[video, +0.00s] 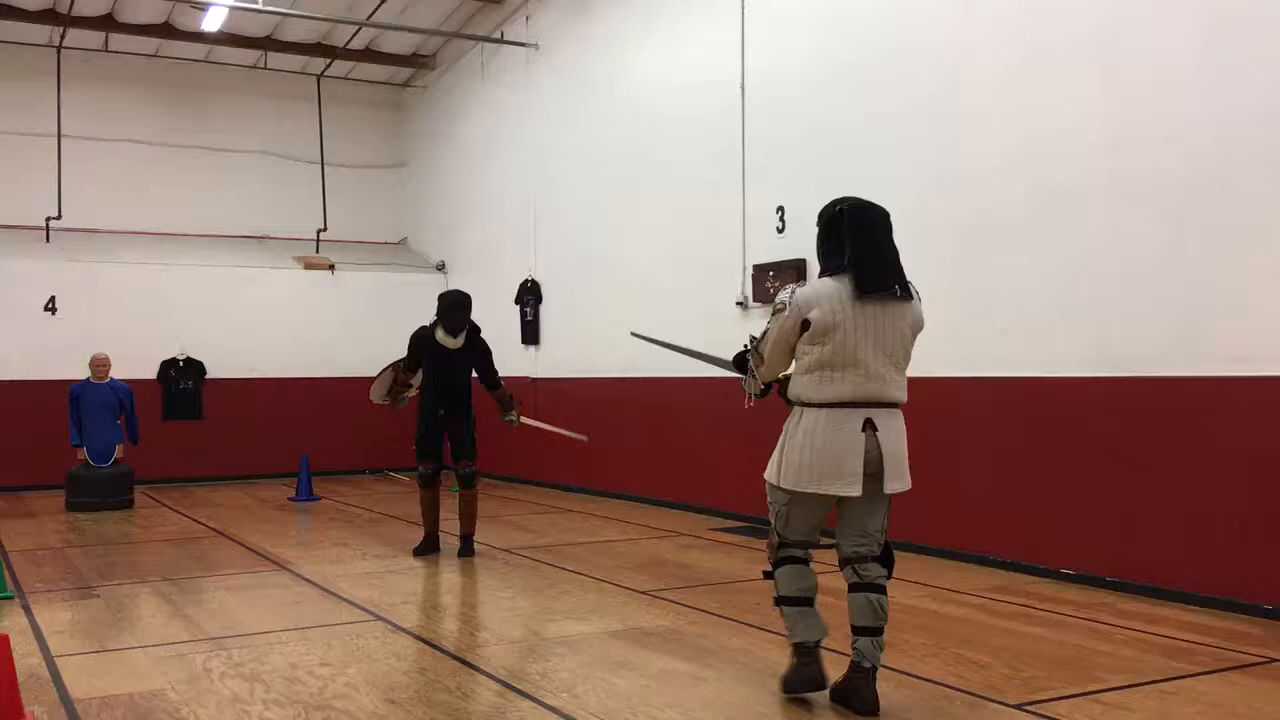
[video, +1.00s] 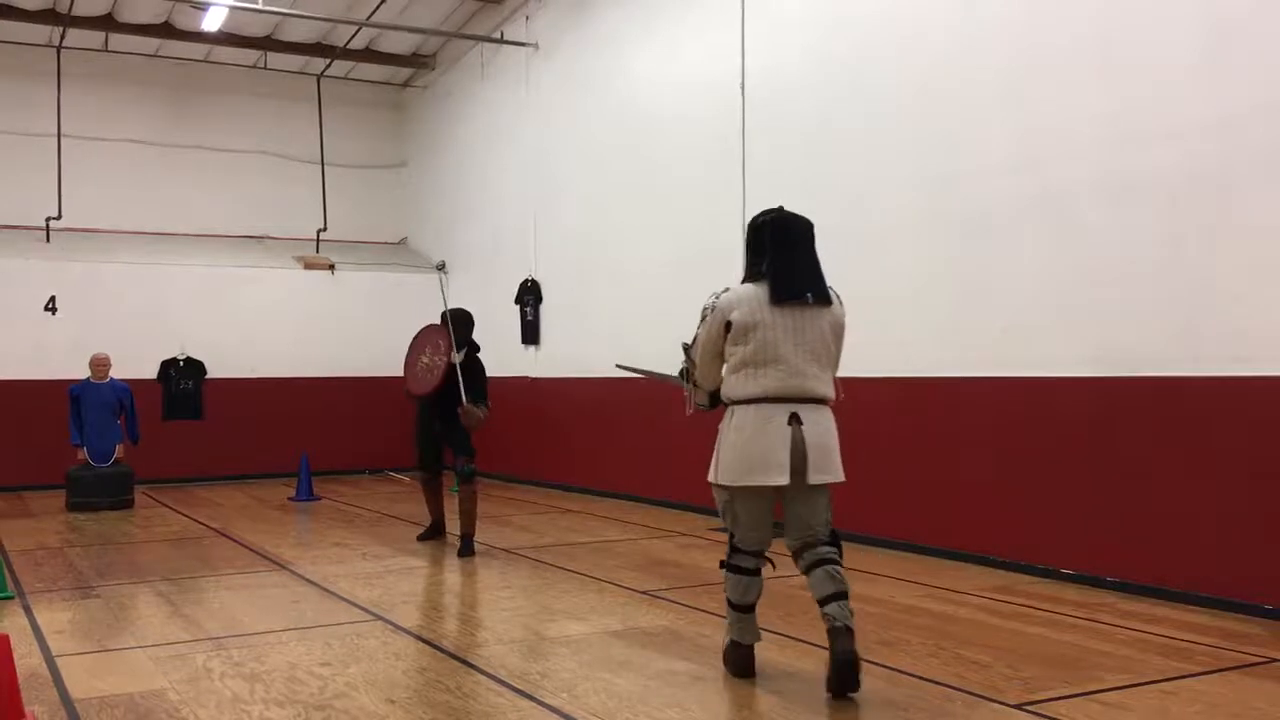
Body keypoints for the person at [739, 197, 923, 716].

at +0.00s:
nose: (817, 247)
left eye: (820, 238)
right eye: (821, 238)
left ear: (830, 243)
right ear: (882, 241)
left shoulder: (809, 299)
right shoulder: (907, 304)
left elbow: (770, 365)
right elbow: (885, 363)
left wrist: (754, 368)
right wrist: (799, 369)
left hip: (814, 442)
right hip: (883, 445)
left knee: (791, 545)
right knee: (866, 554)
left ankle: (805, 661)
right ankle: (863, 676)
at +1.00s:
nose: (747, 256)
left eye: (750, 248)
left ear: (755, 251)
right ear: (807, 251)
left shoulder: (734, 301)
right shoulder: (830, 306)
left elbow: (704, 368)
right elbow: (825, 366)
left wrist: (711, 390)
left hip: (749, 437)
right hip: (815, 436)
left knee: (746, 546)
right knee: (815, 541)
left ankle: (741, 648)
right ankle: (841, 633)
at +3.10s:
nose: (622, 266)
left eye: (625, 258)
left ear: (631, 260)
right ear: (677, 259)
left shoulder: (616, 308)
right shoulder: (703, 309)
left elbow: (591, 378)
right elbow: (709, 369)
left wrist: (599, 390)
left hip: (639, 426)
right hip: (700, 424)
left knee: (638, 533)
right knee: (692, 527)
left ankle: (634, 634)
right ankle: (699, 628)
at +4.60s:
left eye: (566, 265)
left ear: (569, 269)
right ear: (612, 269)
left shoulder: (551, 313)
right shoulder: (627, 306)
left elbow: (533, 337)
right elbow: (657, 283)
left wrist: (530, 303)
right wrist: (623, 266)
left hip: (565, 424)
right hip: (622, 422)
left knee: (569, 519)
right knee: (631, 515)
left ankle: (569, 612)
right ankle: (630, 596)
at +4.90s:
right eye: (609, 262)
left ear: (567, 272)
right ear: (609, 271)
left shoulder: (549, 316)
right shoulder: (626, 308)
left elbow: (536, 337)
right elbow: (659, 285)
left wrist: (532, 303)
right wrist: (626, 268)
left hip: (565, 425)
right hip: (619, 425)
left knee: (569, 519)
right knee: (613, 519)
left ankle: (568, 614)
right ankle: (606, 610)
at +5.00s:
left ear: (570, 274)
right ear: (612, 273)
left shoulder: (552, 318)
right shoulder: (629, 310)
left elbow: (534, 336)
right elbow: (661, 288)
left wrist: (531, 304)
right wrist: (628, 270)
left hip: (567, 426)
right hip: (622, 426)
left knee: (569, 518)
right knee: (615, 519)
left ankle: (568, 612)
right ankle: (605, 612)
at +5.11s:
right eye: (615, 267)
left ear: (572, 274)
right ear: (615, 274)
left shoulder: (555, 318)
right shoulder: (631, 310)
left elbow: (535, 339)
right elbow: (663, 288)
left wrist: (531, 306)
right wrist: (629, 272)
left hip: (569, 426)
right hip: (624, 427)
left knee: (568, 513)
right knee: (616, 518)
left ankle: (566, 605)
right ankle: (606, 611)